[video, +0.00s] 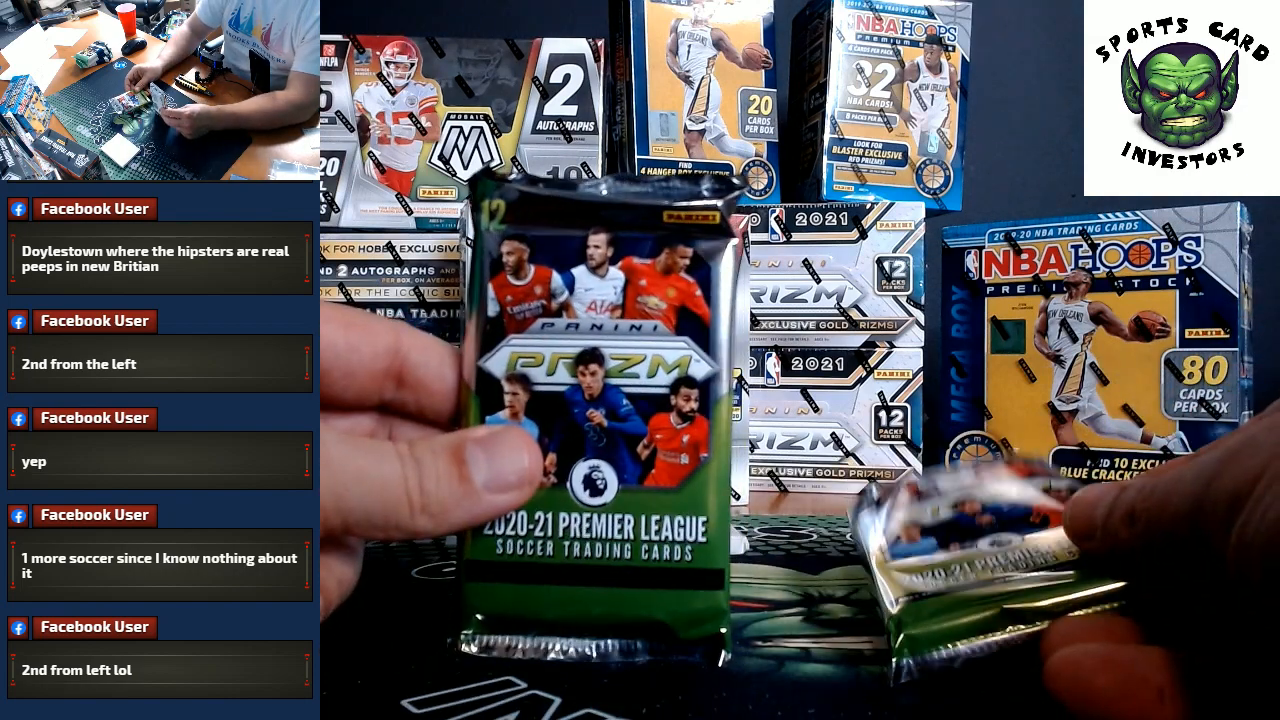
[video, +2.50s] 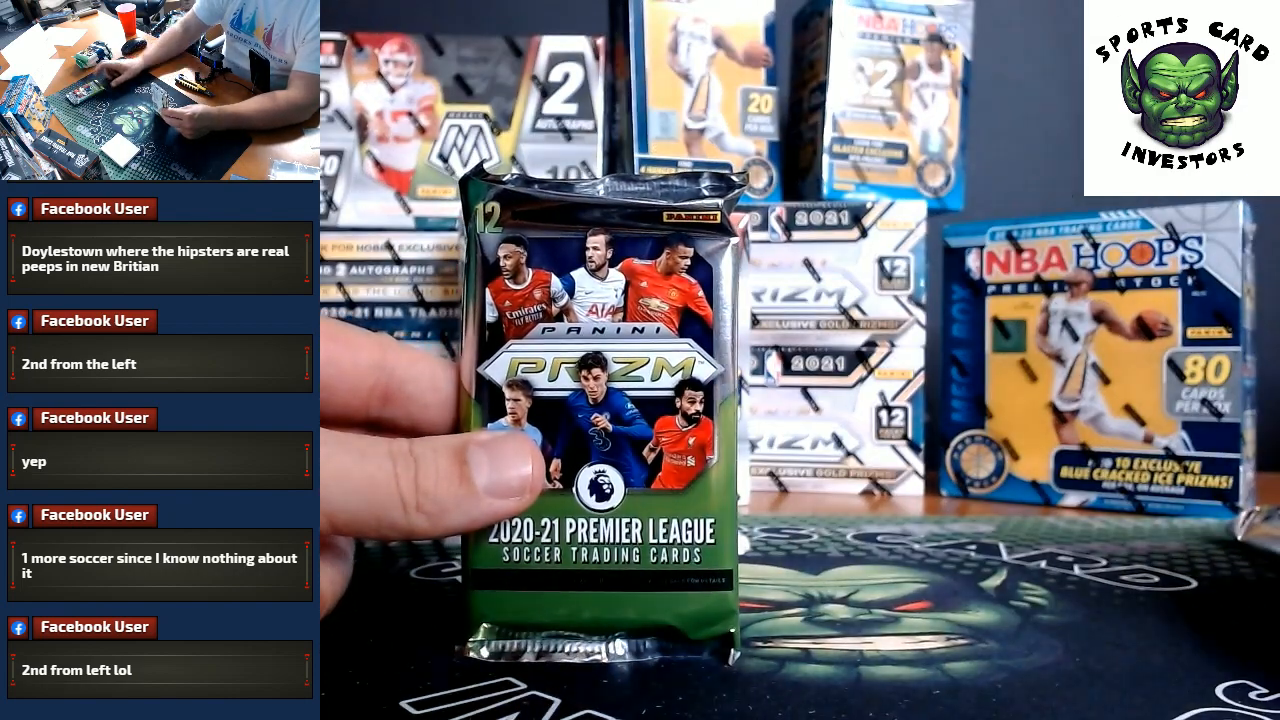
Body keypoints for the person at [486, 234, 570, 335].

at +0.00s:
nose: (504, 260)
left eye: (510, 254)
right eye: (502, 255)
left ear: (525, 254)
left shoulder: (549, 277)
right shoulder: (494, 287)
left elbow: (568, 307)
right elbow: (491, 325)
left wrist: (574, 334)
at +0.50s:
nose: (500, 262)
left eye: (505, 256)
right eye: (498, 257)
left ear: (521, 256)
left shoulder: (546, 279)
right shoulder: (490, 290)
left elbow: (565, 310)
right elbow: (487, 329)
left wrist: (572, 337)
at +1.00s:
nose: (493, 262)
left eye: (499, 256)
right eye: (491, 257)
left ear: (514, 255)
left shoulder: (540, 278)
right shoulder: (484, 290)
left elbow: (559, 309)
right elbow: (482, 329)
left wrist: (566, 335)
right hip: (507, 350)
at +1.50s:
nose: (495, 263)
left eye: (500, 256)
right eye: (493, 257)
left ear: (516, 256)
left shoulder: (541, 278)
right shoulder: (485, 290)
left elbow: (561, 309)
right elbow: (477, 328)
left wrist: (567, 336)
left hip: (542, 347)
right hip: (508, 350)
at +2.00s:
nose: (502, 263)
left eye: (508, 257)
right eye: (500, 257)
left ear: (523, 257)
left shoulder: (549, 280)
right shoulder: (492, 291)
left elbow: (570, 311)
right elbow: (489, 332)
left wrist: (577, 341)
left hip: (549, 351)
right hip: (515, 353)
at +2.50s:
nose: (501, 264)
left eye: (507, 258)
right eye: (499, 259)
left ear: (523, 258)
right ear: (498, 259)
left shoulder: (548, 280)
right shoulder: (492, 292)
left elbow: (568, 311)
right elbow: (485, 331)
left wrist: (578, 339)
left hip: (548, 350)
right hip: (514, 353)